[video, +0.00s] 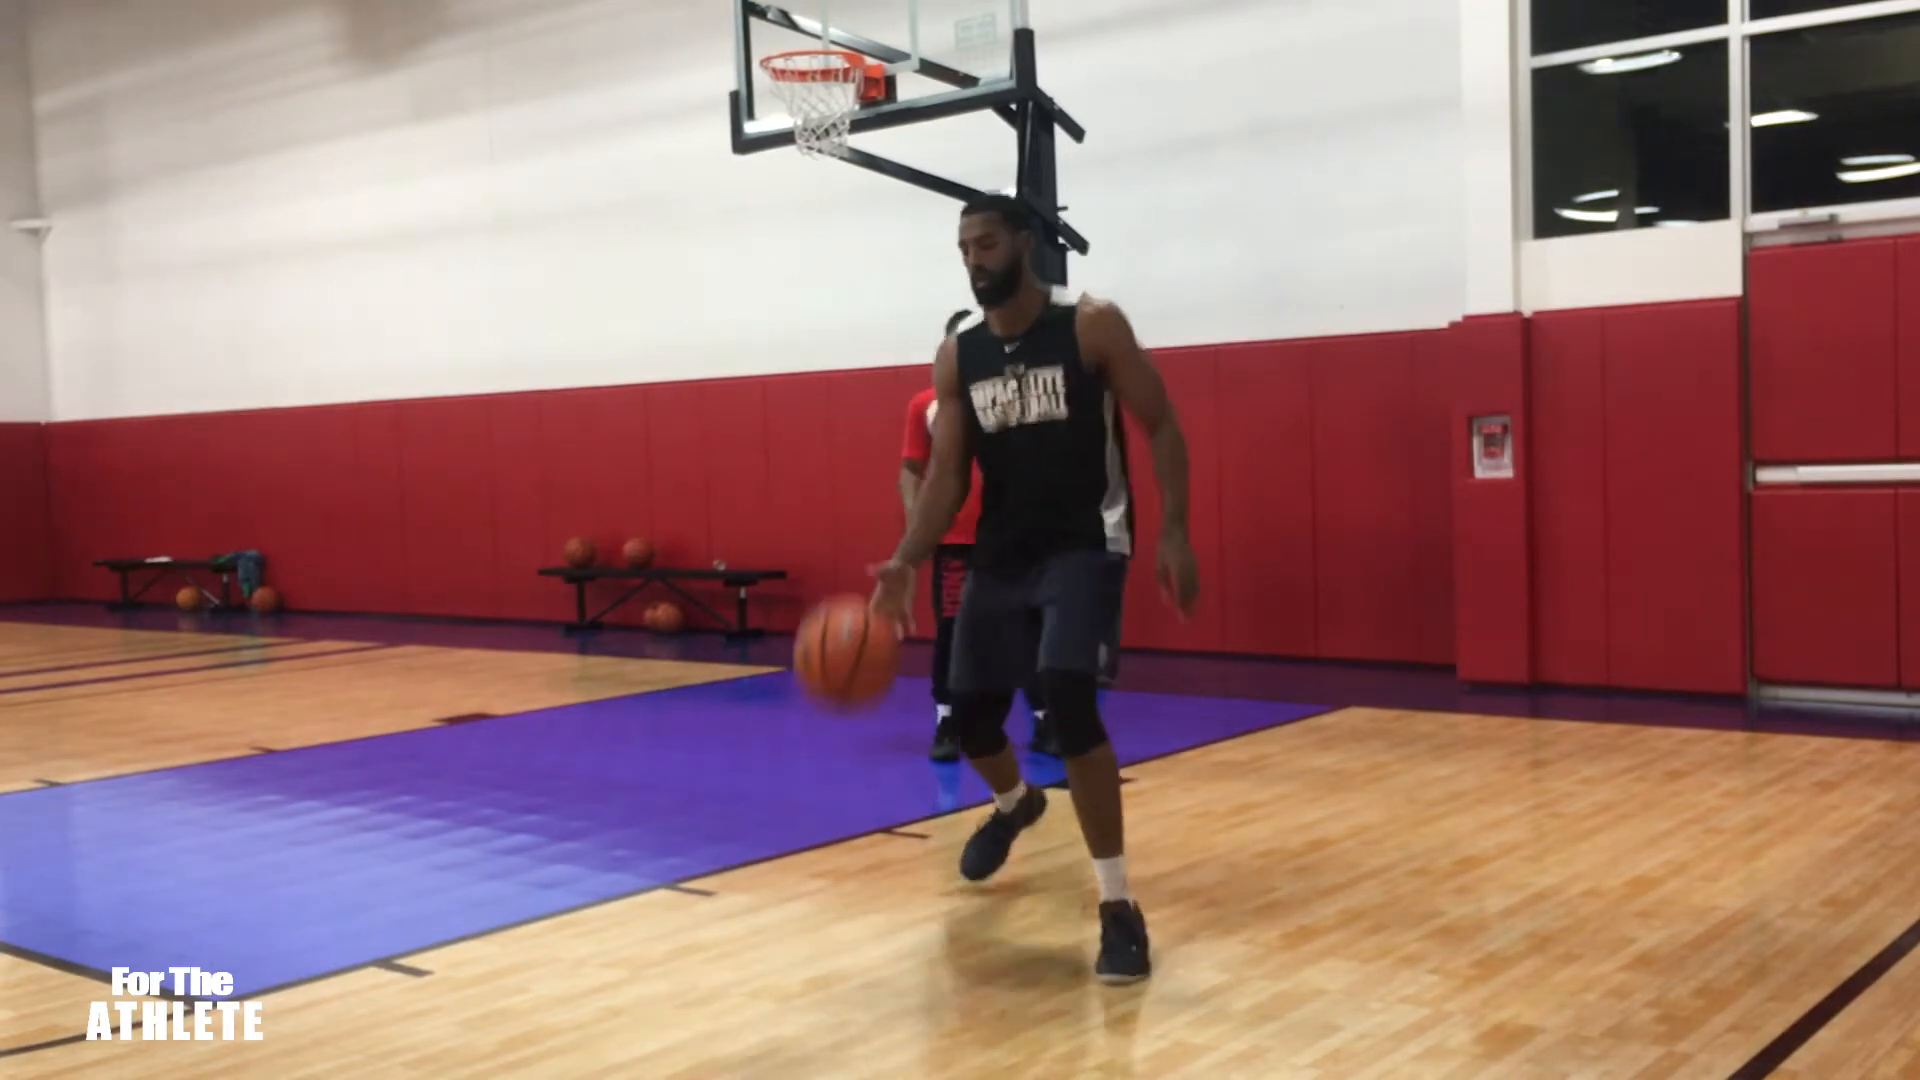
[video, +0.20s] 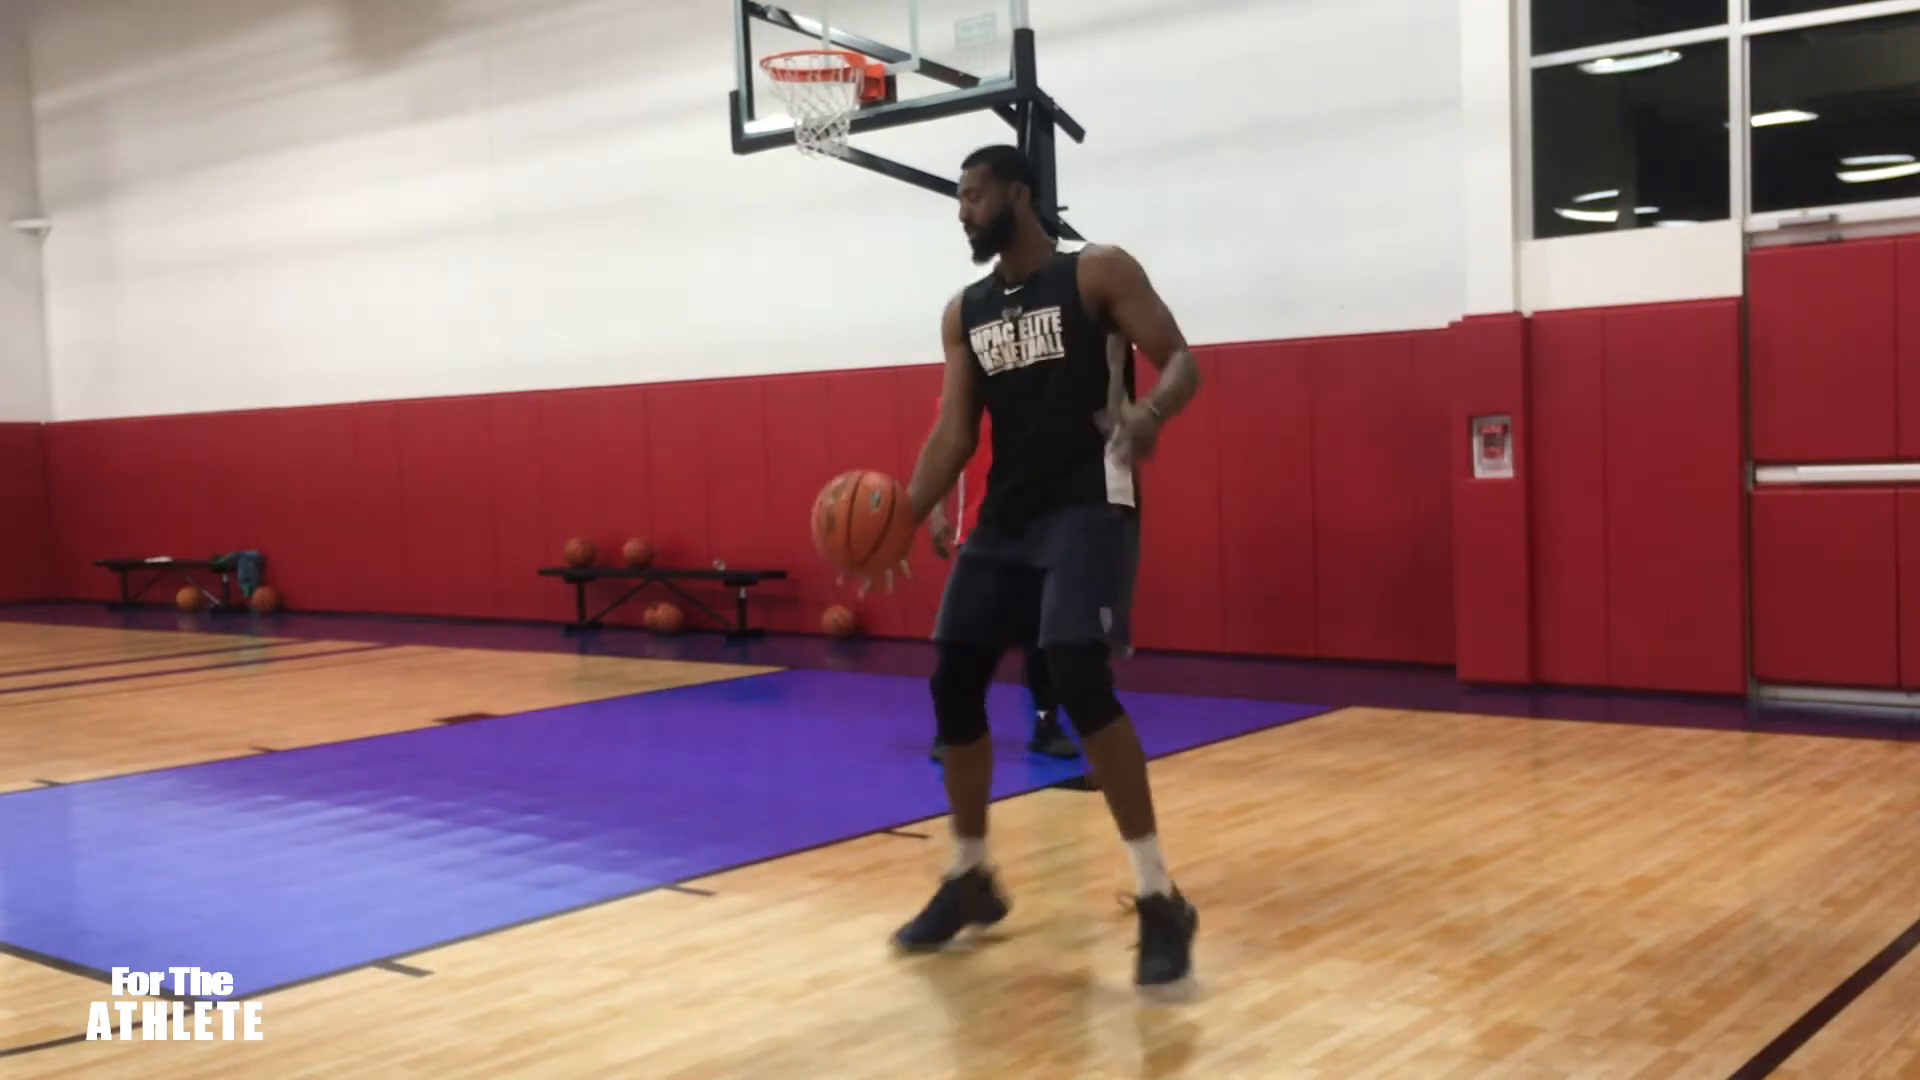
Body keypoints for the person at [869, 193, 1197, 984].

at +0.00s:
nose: (974, 260)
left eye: (987, 244)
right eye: (965, 249)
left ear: (1028, 246)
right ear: (963, 260)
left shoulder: (1093, 327)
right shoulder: (959, 353)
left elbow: (1161, 428)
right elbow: (947, 471)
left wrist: (1174, 534)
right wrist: (906, 558)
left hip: (1084, 548)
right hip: (1002, 556)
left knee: (1067, 706)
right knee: (967, 716)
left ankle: (1117, 904)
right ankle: (1016, 801)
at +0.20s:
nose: (962, 207)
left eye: (973, 192)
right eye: (959, 194)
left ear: (1020, 194)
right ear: (980, 203)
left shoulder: (1099, 273)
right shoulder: (966, 313)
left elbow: (1180, 362)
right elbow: (953, 431)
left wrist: (1147, 413)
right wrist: (901, 517)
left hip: (1090, 506)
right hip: (1006, 517)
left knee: (1074, 675)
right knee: (956, 681)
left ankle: (1159, 897)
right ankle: (971, 877)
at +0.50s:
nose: (1010, 262)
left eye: (1017, 244)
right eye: (1011, 247)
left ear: (1054, 243)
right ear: (1051, 249)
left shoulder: (1129, 310)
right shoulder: (1028, 350)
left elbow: (1185, 404)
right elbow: (1005, 473)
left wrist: (1091, 324)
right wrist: (896, 445)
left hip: (1084, 561)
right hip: (1002, 563)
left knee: (1076, 740)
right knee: (930, 725)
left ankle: (1192, 947)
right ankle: (958, 906)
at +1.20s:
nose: (924, 283)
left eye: (933, 266)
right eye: (921, 268)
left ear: (980, 263)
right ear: (964, 268)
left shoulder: (1082, 320)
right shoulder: (949, 360)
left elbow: (1162, 423)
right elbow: (949, 479)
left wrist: (1075, 394)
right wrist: (953, 472)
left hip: (1122, 545)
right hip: (1021, 553)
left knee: (1171, 704)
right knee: (979, 708)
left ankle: (1229, 904)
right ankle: (985, 899)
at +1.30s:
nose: (940, 313)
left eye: (949, 298)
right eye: (937, 299)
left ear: (997, 293)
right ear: (966, 299)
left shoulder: (1094, 351)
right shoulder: (954, 381)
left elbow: (1167, 457)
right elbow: (959, 476)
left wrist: (1071, 489)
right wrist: (946, 549)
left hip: (1123, 545)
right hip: (1022, 552)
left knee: (1192, 692)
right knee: (984, 707)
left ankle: (1274, 879)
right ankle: (959, 897)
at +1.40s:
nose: (974, 353)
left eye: (985, 340)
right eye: (972, 341)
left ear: (1033, 339)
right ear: (985, 342)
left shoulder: (1113, 402)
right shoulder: (975, 417)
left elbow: (1169, 524)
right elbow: (970, 517)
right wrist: (953, 614)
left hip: (1131, 580)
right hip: (1031, 585)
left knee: (1224, 701)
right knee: (983, 713)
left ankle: (1295, 841)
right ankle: (955, 901)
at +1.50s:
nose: (1025, 371)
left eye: (1037, 359)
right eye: (1021, 358)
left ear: (1084, 360)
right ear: (1024, 360)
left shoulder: (1156, 425)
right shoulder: (1017, 425)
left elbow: (1210, 543)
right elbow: (995, 529)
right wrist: (971, 630)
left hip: (1151, 590)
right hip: (1056, 592)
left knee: (1258, 711)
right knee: (1007, 720)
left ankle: (1283, 833)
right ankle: (956, 901)